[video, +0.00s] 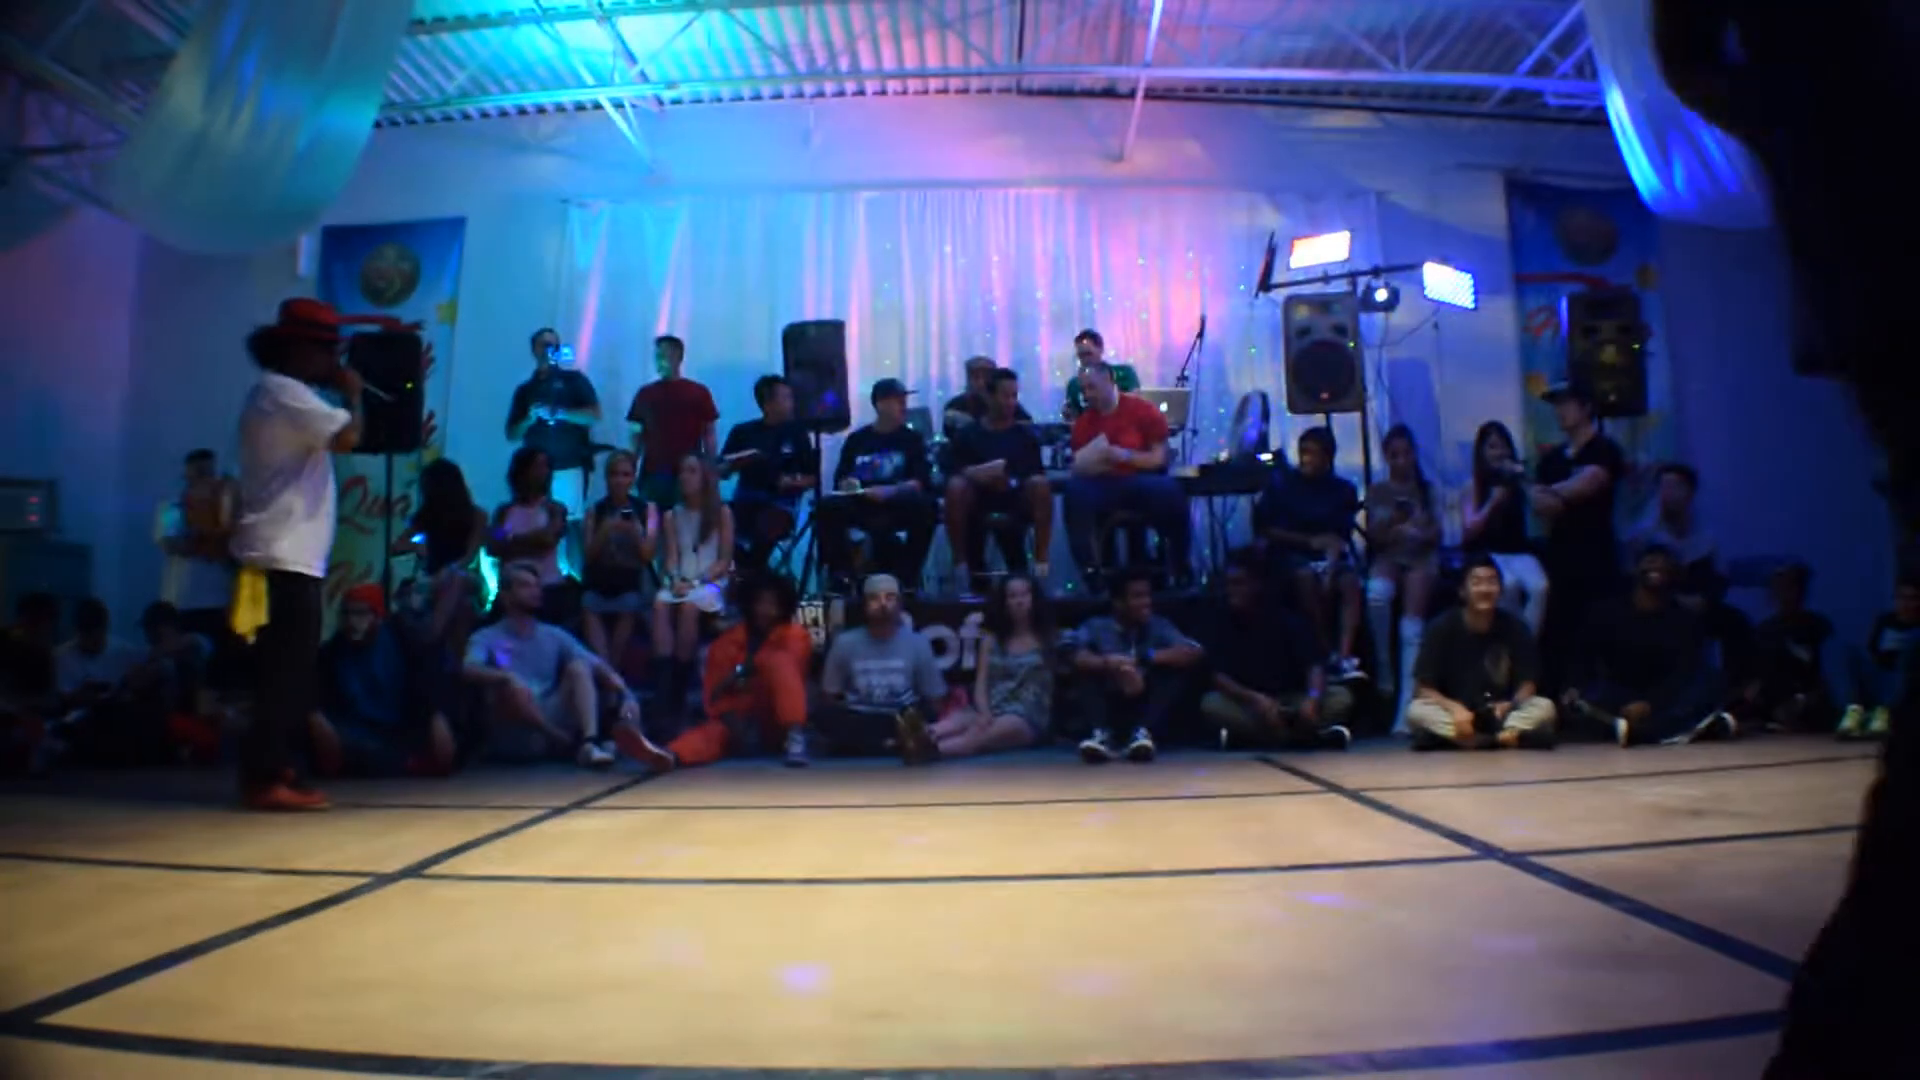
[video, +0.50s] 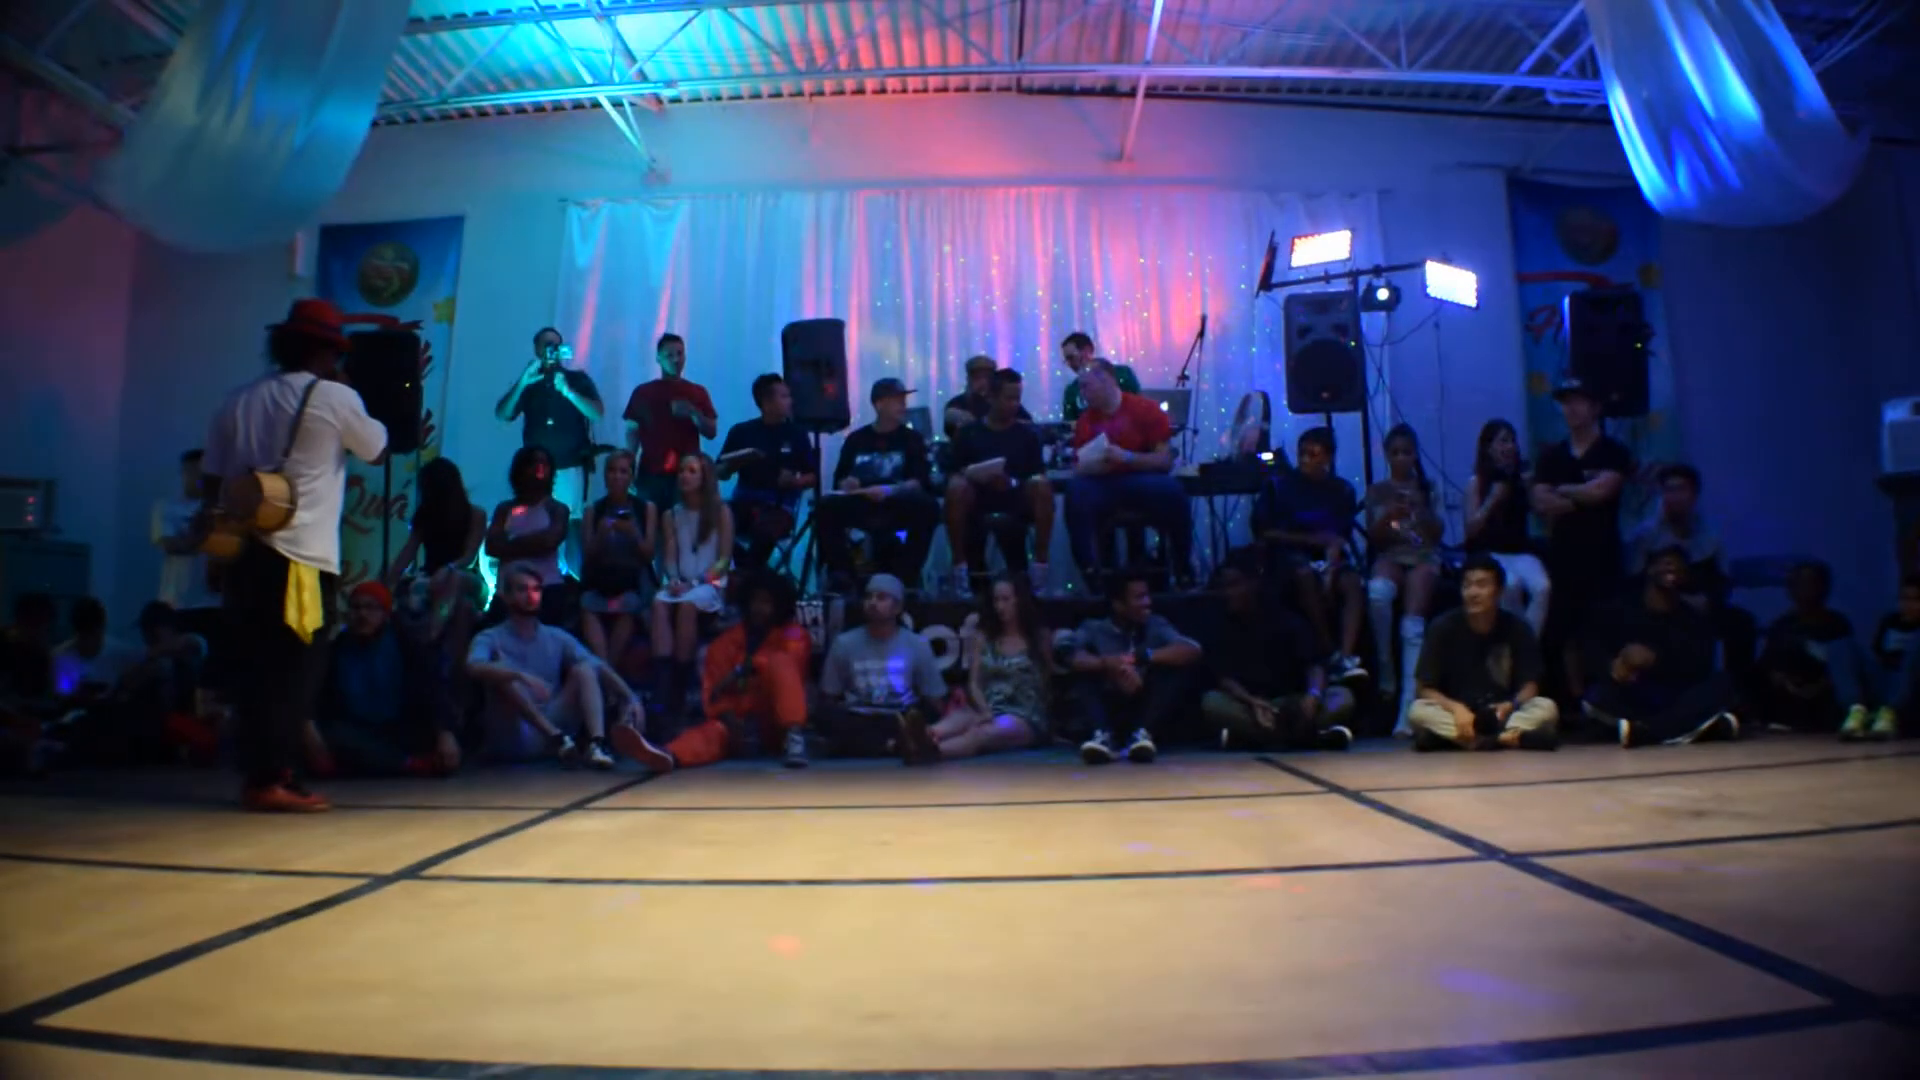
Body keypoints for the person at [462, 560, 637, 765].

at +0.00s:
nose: (536, 591)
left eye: (537, 585)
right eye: (527, 586)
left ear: (540, 590)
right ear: (507, 595)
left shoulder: (552, 635)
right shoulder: (486, 638)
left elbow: (595, 664)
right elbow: (470, 669)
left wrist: (626, 695)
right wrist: (508, 679)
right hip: (510, 728)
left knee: (579, 668)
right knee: (510, 687)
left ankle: (590, 742)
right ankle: (564, 741)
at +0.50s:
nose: (531, 596)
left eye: (536, 589)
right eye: (522, 590)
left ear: (541, 594)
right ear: (506, 597)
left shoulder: (556, 637)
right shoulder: (489, 639)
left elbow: (596, 665)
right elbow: (475, 667)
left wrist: (631, 700)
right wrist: (523, 678)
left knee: (584, 670)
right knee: (509, 683)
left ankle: (596, 742)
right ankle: (557, 738)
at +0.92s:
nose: (538, 599)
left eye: (543, 592)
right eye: (530, 593)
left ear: (549, 596)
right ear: (515, 598)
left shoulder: (559, 634)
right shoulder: (497, 638)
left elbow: (605, 660)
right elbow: (508, 670)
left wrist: (609, 689)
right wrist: (571, 679)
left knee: (585, 668)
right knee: (521, 682)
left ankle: (594, 742)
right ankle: (568, 746)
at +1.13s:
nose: (544, 601)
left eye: (549, 595)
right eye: (536, 595)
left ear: (556, 600)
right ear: (523, 600)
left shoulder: (564, 635)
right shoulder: (502, 638)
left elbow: (608, 665)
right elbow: (514, 674)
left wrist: (593, 693)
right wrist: (578, 687)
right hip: (517, 734)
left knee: (587, 668)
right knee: (529, 677)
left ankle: (595, 743)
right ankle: (568, 745)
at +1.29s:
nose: (548, 602)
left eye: (553, 596)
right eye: (540, 595)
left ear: (558, 600)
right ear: (525, 600)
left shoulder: (564, 635)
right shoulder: (502, 639)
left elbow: (610, 665)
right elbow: (514, 679)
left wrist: (593, 697)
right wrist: (580, 693)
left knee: (589, 669)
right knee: (522, 674)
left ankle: (596, 744)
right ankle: (569, 746)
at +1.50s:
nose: (548, 600)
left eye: (551, 594)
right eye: (539, 593)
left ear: (555, 597)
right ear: (522, 598)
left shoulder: (561, 634)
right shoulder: (499, 639)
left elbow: (608, 662)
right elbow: (509, 677)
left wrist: (587, 694)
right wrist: (573, 690)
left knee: (590, 669)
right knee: (520, 681)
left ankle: (596, 743)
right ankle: (568, 746)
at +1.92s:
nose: (543, 599)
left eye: (546, 593)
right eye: (534, 593)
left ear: (550, 597)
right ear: (516, 597)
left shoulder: (556, 635)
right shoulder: (496, 639)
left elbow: (605, 660)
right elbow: (505, 674)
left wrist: (588, 683)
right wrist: (569, 684)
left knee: (594, 671)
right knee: (517, 682)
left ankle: (597, 743)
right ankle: (567, 745)